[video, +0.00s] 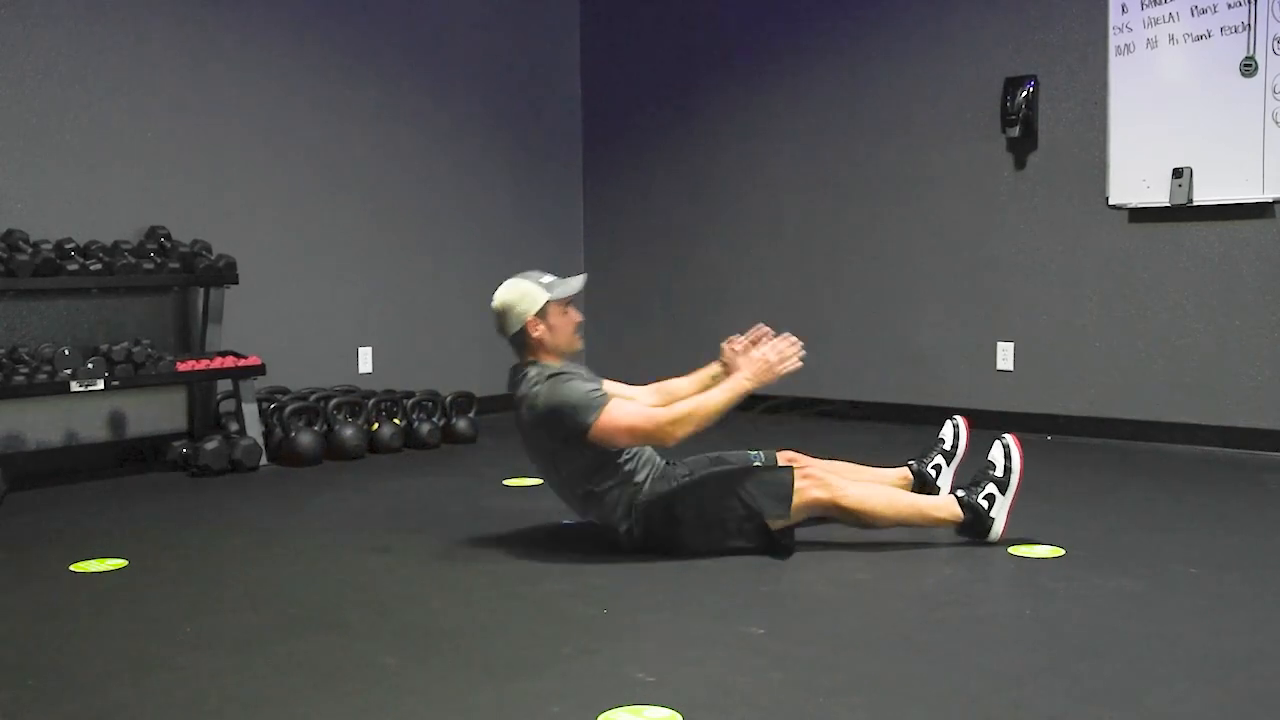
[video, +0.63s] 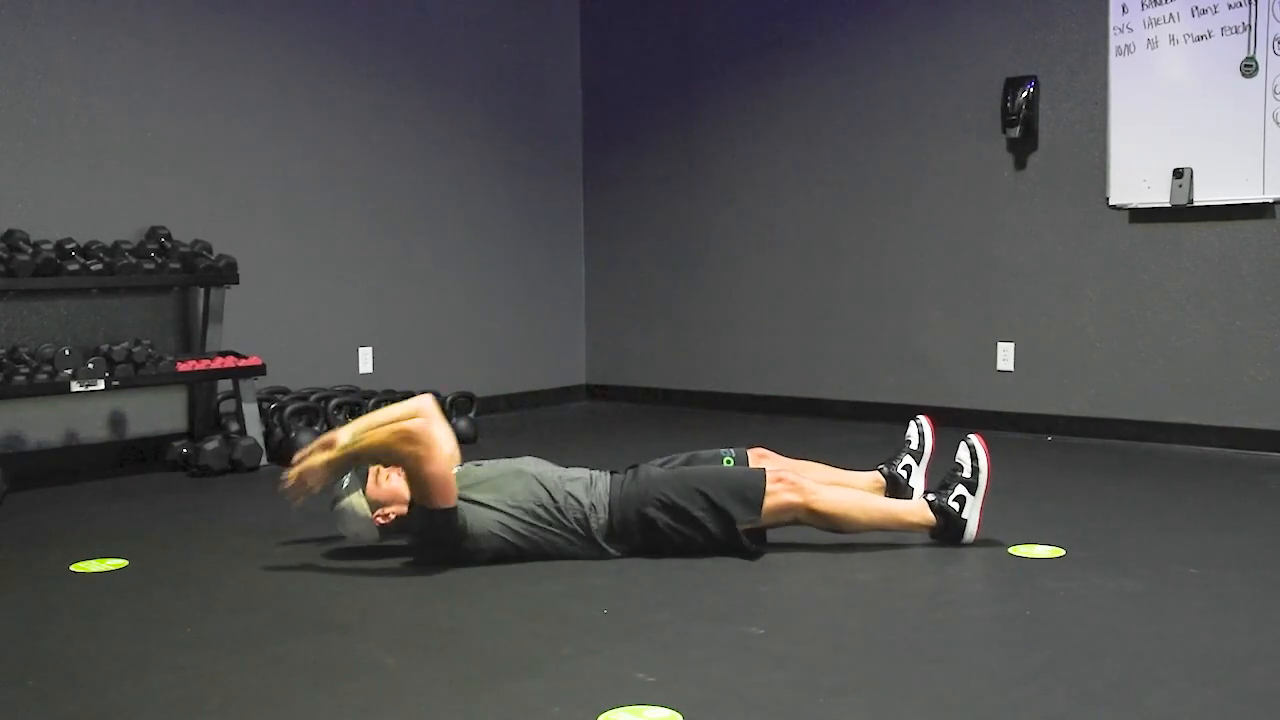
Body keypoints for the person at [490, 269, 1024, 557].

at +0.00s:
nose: (576, 313)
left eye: (570, 304)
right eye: (564, 307)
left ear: (541, 325)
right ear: (536, 327)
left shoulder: (561, 374)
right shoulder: (551, 394)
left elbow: (649, 398)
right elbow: (663, 429)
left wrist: (720, 365)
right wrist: (747, 379)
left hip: (660, 477)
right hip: (647, 505)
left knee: (796, 462)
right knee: (812, 485)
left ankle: (920, 477)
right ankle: (970, 513)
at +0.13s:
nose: (531, 342)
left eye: (523, 334)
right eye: (517, 339)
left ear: (500, 358)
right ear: (491, 363)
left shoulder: (529, 399)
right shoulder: (516, 421)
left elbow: (616, 395)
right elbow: (628, 429)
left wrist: (668, 338)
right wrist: (683, 346)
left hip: (650, 479)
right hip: (642, 509)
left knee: (787, 467)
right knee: (806, 493)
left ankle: (913, 478)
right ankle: (959, 514)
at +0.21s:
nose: (503, 363)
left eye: (495, 356)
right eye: (489, 361)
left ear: (474, 380)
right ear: (464, 386)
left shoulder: (508, 416)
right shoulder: (499, 440)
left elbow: (591, 407)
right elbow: (608, 429)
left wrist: (614, 332)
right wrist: (627, 334)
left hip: (641, 483)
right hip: (636, 508)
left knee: (776, 467)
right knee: (797, 496)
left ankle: (908, 479)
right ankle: (950, 513)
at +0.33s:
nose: (467, 406)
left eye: (458, 399)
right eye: (452, 409)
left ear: (441, 425)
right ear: (433, 437)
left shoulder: (468, 455)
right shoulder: (469, 479)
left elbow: (550, 432)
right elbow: (567, 429)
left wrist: (526, 342)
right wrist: (526, 343)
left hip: (623, 484)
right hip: (621, 511)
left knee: (768, 458)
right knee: (791, 490)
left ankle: (894, 482)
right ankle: (944, 513)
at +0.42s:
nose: (432, 441)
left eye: (424, 434)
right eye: (417, 446)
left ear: (431, 442)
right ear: (412, 474)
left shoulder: (461, 477)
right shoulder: (463, 507)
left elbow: (525, 423)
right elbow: (524, 427)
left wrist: (465, 361)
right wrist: (462, 365)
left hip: (625, 484)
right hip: (625, 509)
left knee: (766, 459)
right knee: (788, 492)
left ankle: (893, 483)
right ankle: (943, 515)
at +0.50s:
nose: (411, 453)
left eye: (398, 450)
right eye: (395, 460)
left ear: (407, 461)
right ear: (397, 488)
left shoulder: (452, 485)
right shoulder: (456, 518)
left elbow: (475, 411)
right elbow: (480, 411)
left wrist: (386, 384)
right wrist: (386, 395)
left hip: (629, 482)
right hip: (629, 510)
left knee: (771, 462)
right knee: (789, 490)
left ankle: (897, 482)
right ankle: (942, 513)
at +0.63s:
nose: (381, 491)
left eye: (377, 481)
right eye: (371, 494)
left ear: (397, 476)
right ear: (385, 505)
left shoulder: (444, 490)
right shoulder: (436, 516)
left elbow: (422, 413)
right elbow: (422, 417)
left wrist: (338, 450)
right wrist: (331, 451)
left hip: (623, 485)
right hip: (620, 513)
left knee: (768, 461)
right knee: (784, 486)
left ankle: (896, 484)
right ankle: (940, 516)